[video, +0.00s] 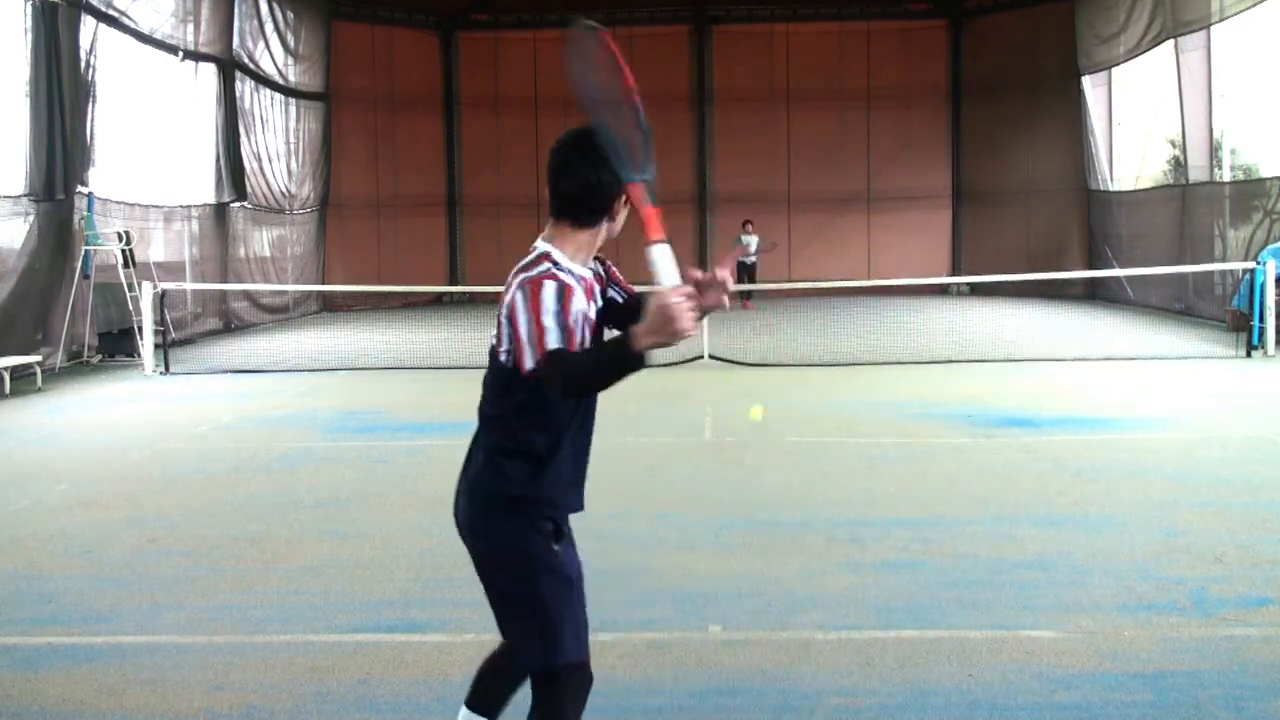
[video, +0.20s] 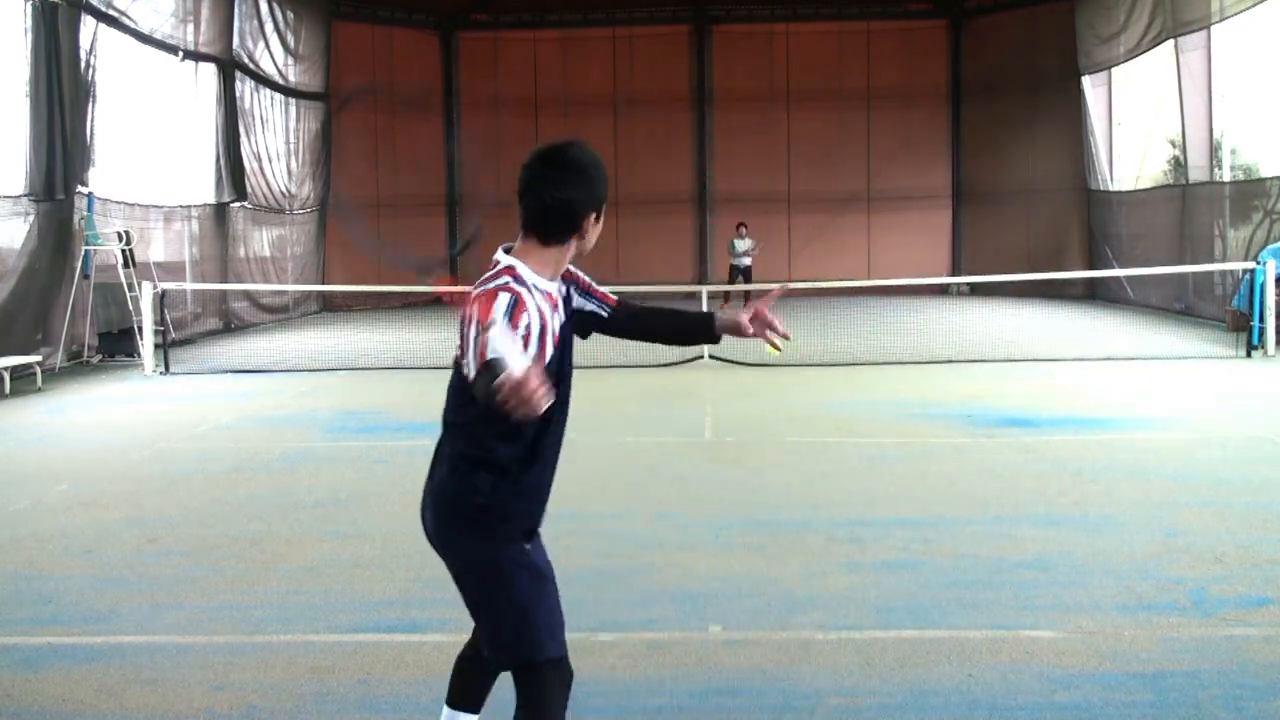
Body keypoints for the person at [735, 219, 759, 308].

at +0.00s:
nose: (749, 228)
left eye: (750, 226)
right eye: (747, 226)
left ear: (752, 227)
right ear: (743, 228)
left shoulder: (756, 237)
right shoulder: (740, 237)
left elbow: (757, 249)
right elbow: (737, 250)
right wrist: (745, 250)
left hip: (752, 261)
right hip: (742, 261)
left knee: (752, 280)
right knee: (742, 281)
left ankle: (748, 300)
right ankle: (743, 300)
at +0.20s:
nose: (742, 231)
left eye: (743, 229)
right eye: (740, 229)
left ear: (746, 230)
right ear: (737, 231)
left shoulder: (750, 241)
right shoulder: (733, 241)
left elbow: (755, 252)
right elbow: (731, 253)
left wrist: (748, 253)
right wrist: (742, 254)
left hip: (747, 265)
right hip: (735, 264)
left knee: (748, 285)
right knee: (730, 284)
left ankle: (747, 304)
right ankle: (726, 302)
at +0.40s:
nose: (731, 231)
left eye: (733, 228)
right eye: (729, 229)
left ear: (735, 230)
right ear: (726, 230)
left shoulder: (739, 240)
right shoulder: (723, 240)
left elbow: (744, 252)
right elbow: (722, 252)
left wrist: (738, 253)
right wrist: (731, 252)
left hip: (737, 264)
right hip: (725, 264)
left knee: (741, 282)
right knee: (720, 282)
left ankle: (745, 301)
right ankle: (717, 299)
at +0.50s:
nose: (726, 233)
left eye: (728, 231)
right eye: (724, 231)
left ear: (730, 232)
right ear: (721, 233)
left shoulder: (735, 242)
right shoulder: (718, 242)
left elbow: (737, 254)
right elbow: (720, 254)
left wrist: (725, 254)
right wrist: (733, 252)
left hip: (733, 266)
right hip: (721, 266)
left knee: (738, 285)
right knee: (718, 285)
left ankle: (744, 302)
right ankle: (715, 302)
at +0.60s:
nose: (724, 230)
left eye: (725, 227)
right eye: (722, 228)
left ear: (727, 228)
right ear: (719, 230)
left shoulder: (732, 239)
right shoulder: (716, 239)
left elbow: (735, 251)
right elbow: (716, 252)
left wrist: (725, 252)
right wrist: (728, 250)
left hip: (730, 263)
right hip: (719, 263)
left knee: (735, 282)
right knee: (716, 282)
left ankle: (739, 300)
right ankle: (716, 298)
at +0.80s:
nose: (721, 228)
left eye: (722, 225)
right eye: (719, 226)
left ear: (724, 227)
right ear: (716, 228)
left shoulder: (729, 237)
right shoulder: (713, 238)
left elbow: (734, 247)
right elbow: (713, 249)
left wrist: (729, 252)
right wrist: (721, 251)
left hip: (728, 260)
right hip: (717, 261)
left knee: (733, 279)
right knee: (713, 279)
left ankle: (737, 296)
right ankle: (712, 297)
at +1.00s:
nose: (722, 236)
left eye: (723, 234)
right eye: (720, 234)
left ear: (726, 235)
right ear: (717, 235)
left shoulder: (730, 244)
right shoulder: (714, 245)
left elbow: (732, 256)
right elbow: (712, 256)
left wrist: (721, 256)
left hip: (729, 267)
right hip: (717, 267)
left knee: (734, 284)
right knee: (712, 284)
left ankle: (739, 300)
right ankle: (710, 299)